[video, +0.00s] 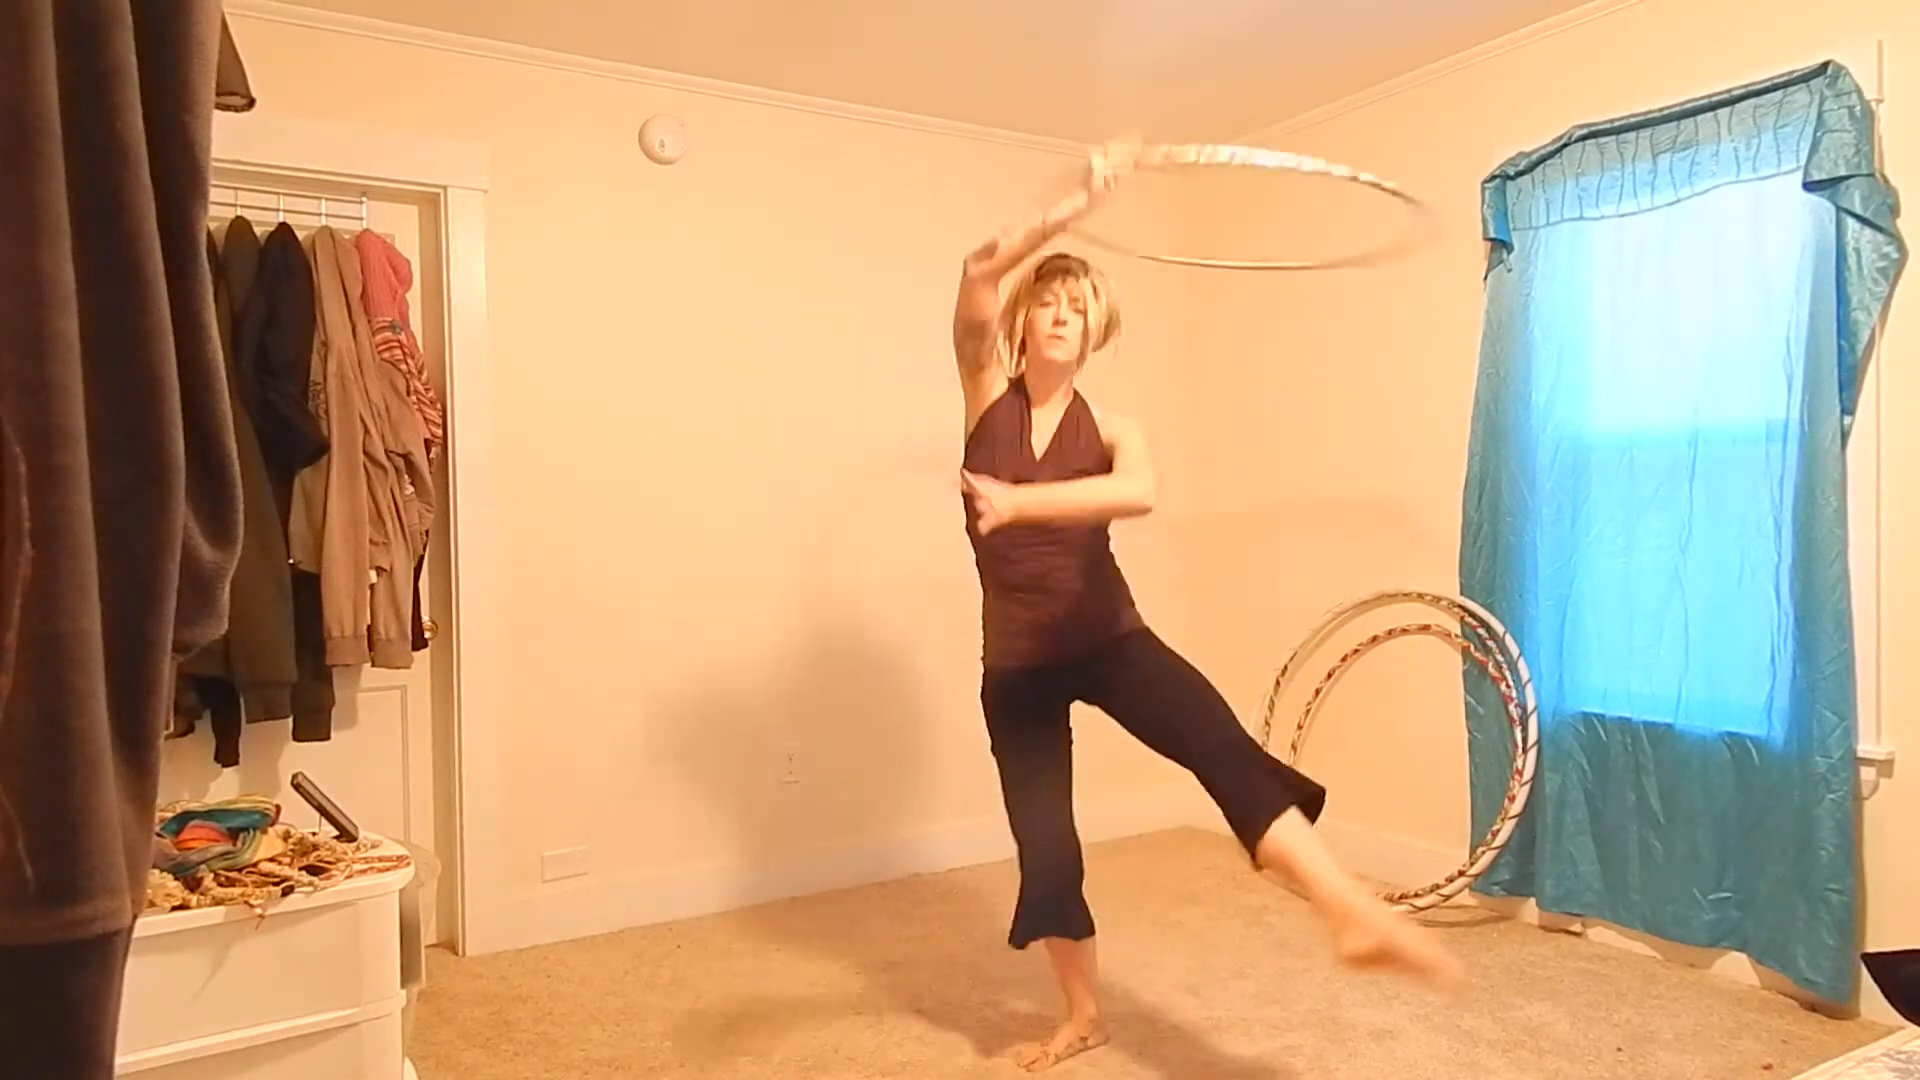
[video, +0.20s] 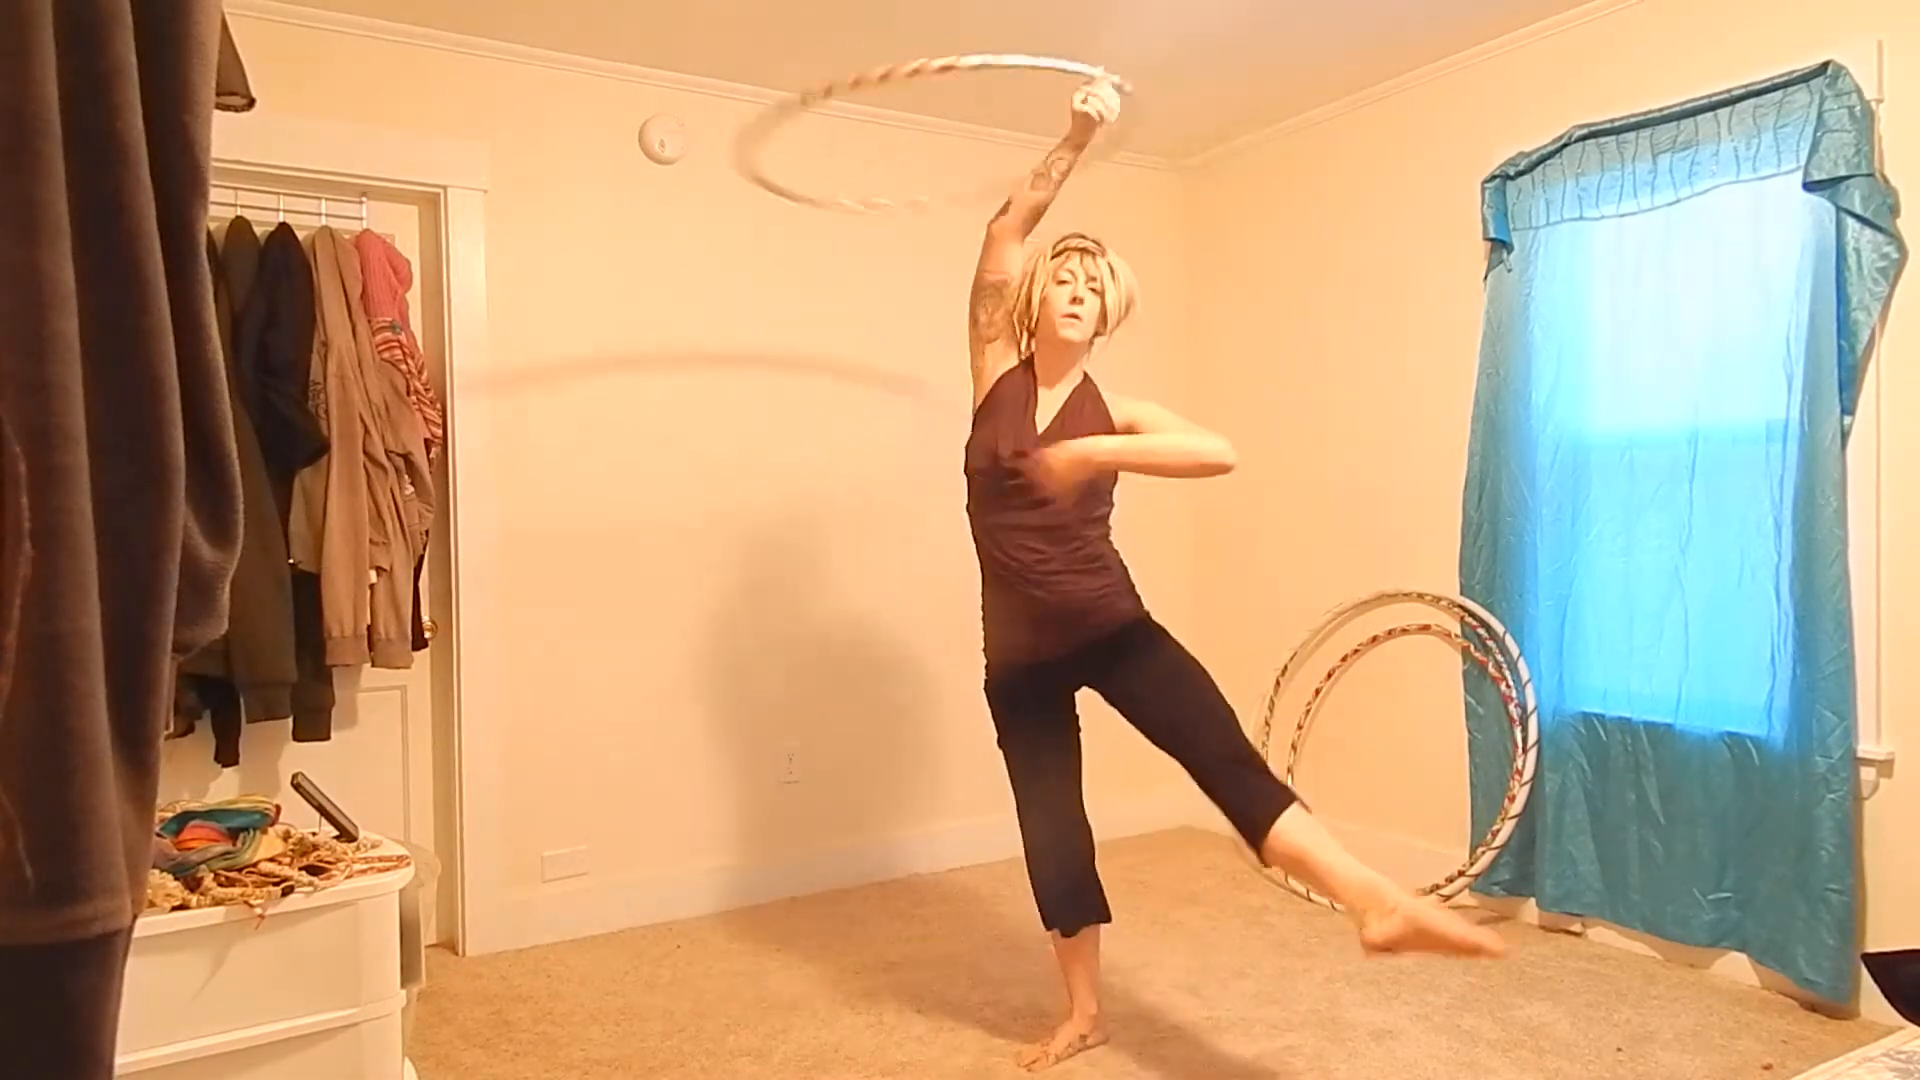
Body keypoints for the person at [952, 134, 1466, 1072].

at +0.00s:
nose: (1061, 319)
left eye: (1076, 309)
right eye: (1049, 306)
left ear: (1092, 333)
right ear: (1017, 321)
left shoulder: (1102, 430)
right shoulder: (987, 397)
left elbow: (1136, 493)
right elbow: (980, 278)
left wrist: (1016, 502)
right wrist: (1080, 201)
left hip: (1110, 643)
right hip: (1019, 663)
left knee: (1225, 751)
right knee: (1043, 843)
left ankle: (1351, 914)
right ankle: (1080, 1016)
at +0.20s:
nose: (1075, 286)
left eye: (1093, 282)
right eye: (1063, 272)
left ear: (1107, 314)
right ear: (1029, 293)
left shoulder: (1110, 412)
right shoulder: (998, 369)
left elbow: (1218, 455)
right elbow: (1006, 230)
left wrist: (1092, 453)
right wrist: (1077, 132)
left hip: (1116, 632)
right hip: (1021, 655)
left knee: (1230, 764)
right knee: (1051, 838)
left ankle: (1375, 905)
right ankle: (1080, 1014)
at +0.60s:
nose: (1131, 297)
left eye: (1136, 285)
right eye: (1110, 284)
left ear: (1146, 310)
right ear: (1064, 307)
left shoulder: (1179, 420)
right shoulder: (1029, 405)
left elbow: (1252, 515)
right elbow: (934, 339)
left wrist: (1312, 613)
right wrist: (977, 229)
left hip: (1154, 679)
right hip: (1052, 678)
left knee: (1174, 871)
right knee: (1059, 868)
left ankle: (1177, 1058)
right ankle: (1084, 1023)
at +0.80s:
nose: (1186, 272)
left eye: (1185, 257)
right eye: (1158, 263)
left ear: (1199, 279)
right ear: (1117, 306)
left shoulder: (1230, 387)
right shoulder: (1097, 396)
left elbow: (1209, 499)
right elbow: (939, 385)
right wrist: (941, 292)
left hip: (1216, 693)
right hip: (1115, 689)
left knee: (1210, 911)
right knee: (1101, 884)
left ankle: (1179, 1064)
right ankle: (1053, 1013)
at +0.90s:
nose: (1228, 273)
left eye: (1227, 258)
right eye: (1204, 262)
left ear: (1234, 272)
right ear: (1156, 290)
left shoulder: (1248, 381)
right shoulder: (1139, 398)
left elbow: (1241, 504)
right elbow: (1004, 445)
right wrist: (953, 327)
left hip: (1232, 684)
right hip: (1148, 682)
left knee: (1230, 917)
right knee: (1176, 897)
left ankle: (1186, 1064)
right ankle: (1059, 974)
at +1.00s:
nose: (1274, 281)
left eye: (1273, 265)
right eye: (1256, 264)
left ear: (1239, 283)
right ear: (1199, 277)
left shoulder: (1245, 383)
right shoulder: (1165, 390)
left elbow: (1235, 517)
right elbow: (1124, 512)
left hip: (1230, 670)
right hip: (1165, 671)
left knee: (1267, 885)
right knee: (1261, 883)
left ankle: (1196, 1066)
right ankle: (1100, 989)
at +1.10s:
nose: (1303, 305)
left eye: (1304, 285)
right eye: (1293, 282)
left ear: (1233, 285)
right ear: (1239, 279)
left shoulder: (1223, 389)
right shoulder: (1178, 383)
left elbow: (1209, 548)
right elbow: (1205, 525)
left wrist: (1247, 644)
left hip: (1213, 668)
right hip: (1189, 672)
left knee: (1269, 878)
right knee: (1328, 863)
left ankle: (1198, 1051)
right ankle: (1195, 1047)